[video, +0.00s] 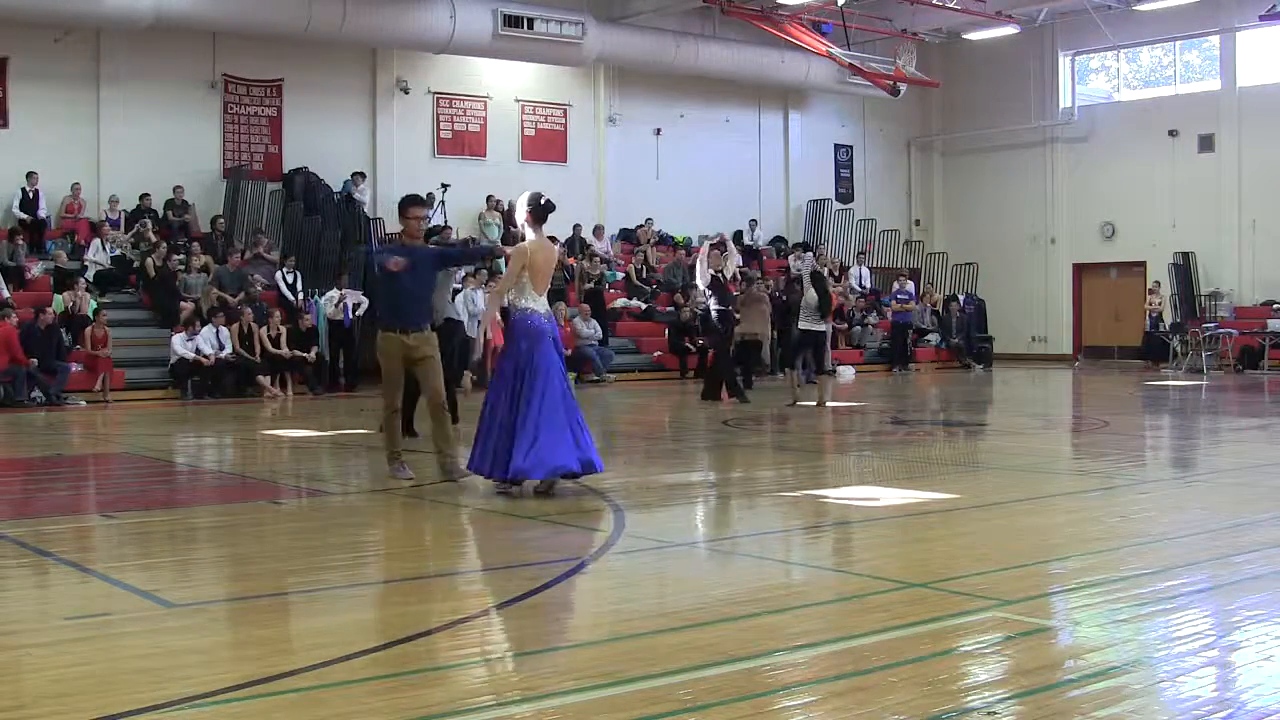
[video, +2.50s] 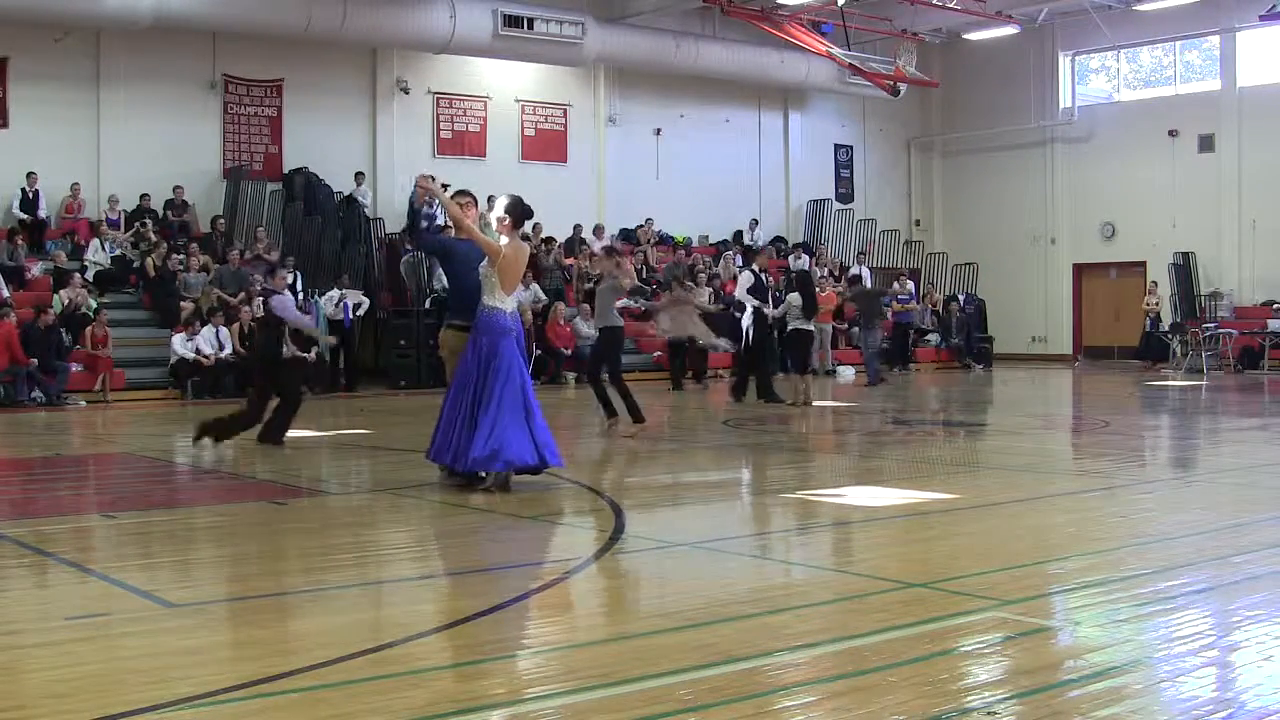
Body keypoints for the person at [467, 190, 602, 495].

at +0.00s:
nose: (516, 214)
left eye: (519, 210)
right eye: (518, 209)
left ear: (526, 214)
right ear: (544, 215)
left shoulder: (522, 250)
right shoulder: (552, 249)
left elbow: (502, 288)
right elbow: (538, 283)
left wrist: (488, 315)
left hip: (523, 325)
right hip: (546, 324)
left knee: (515, 394)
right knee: (547, 393)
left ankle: (511, 467)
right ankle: (550, 463)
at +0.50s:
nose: (492, 216)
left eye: (496, 211)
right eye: (494, 211)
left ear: (509, 217)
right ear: (519, 219)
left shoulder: (500, 251)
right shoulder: (531, 251)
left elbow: (467, 280)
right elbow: (519, 284)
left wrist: (438, 302)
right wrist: (487, 280)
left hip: (494, 321)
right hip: (516, 322)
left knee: (495, 390)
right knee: (514, 389)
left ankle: (507, 459)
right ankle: (527, 456)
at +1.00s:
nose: (485, 216)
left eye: (490, 212)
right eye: (486, 211)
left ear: (505, 217)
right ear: (511, 218)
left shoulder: (498, 249)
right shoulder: (519, 249)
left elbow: (458, 260)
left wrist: (426, 262)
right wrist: (435, 260)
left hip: (488, 324)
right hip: (503, 323)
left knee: (484, 392)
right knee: (498, 391)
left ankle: (493, 458)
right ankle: (500, 456)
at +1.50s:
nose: (487, 216)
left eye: (489, 211)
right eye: (488, 211)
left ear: (503, 218)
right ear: (511, 219)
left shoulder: (502, 250)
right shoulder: (522, 249)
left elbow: (462, 236)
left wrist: (427, 210)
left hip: (494, 321)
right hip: (511, 321)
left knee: (494, 392)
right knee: (506, 391)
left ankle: (498, 464)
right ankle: (503, 460)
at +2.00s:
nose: (490, 214)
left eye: (493, 209)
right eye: (492, 209)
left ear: (500, 216)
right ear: (517, 217)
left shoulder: (497, 248)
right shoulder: (523, 247)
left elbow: (459, 222)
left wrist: (441, 183)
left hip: (491, 323)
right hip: (512, 322)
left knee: (491, 393)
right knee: (507, 391)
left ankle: (494, 463)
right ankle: (505, 462)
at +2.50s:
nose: (491, 216)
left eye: (495, 212)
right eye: (493, 212)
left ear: (505, 221)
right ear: (516, 222)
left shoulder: (499, 249)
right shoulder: (524, 249)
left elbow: (464, 224)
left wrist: (438, 193)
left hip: (492, 323)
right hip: (510, 322)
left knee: (492, 393)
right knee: (505, 393)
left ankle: (499, 463)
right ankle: (501, 462)